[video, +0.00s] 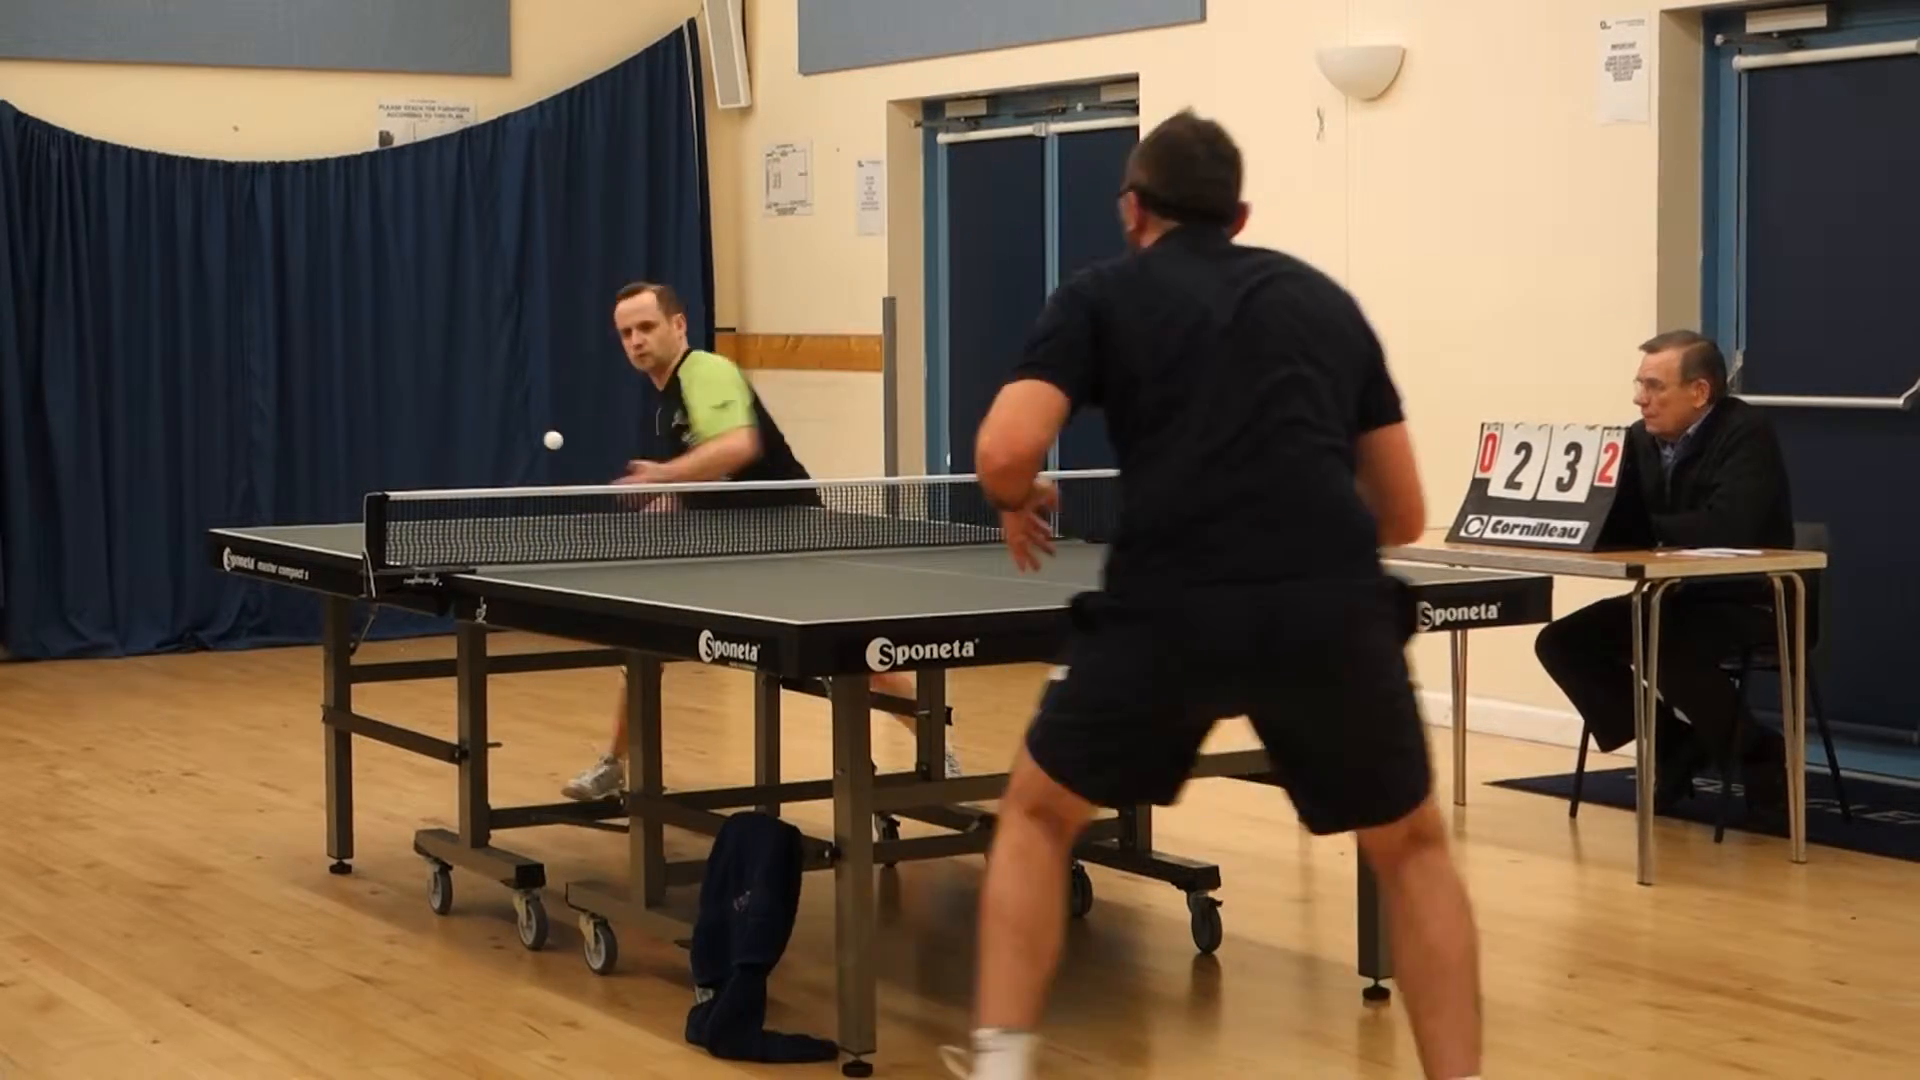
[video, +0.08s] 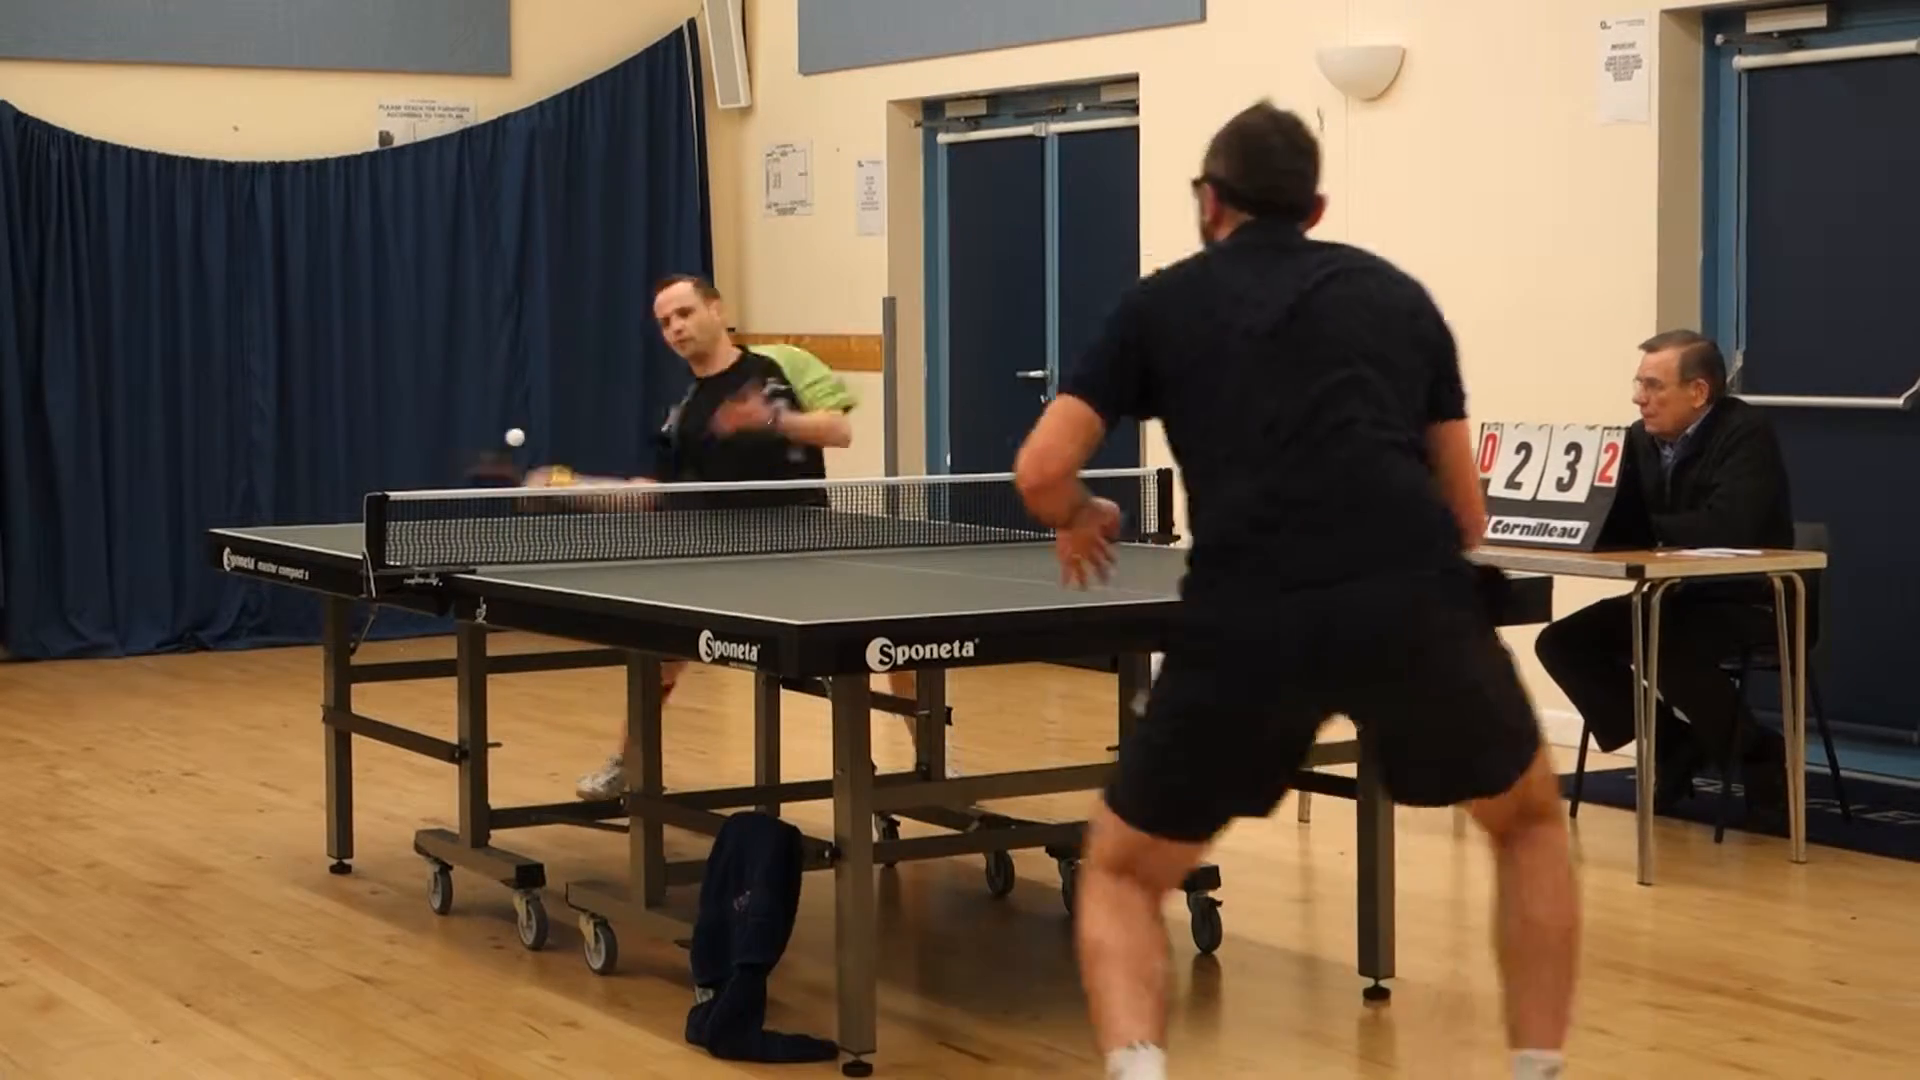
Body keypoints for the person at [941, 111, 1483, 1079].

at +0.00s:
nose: (1120, 213)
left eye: (1124, 201)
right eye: (1127, 201)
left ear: (1137, 209)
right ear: (1238, 212)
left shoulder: (1102, 296)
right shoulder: (1325, 301)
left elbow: (1004, 449)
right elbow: (1400, 513)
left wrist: (1017, 499)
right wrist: (1296, 532)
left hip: (1164, 607)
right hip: (1328, 610)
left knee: (1038, 819)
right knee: (1410, 845)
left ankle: (1000, 1062)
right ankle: (1458, 1071)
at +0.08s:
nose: (1195, 209)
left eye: (1198, 196)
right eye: (1201, 196)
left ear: (1214, 203)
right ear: (1316, 207)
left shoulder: (1164, 304)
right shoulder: (1395, 295)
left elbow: (1040, 473)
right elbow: (1464, 511)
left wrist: (1076, 517)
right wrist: (1394, 571)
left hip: (1248, 618)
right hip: (1414, 608)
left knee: (1125, 874)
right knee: (1527, 822)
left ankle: (1135, 1068)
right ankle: (1540, 1068)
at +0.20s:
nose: (1350, 245)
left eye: (1353, 228)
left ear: (1365, 239)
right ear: (1472, 248)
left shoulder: (1297, 344)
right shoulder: (1527, 359)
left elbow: (1163, 504)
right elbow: (1591, 570)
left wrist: (1227, 508)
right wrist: (1611, 641)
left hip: (1351, 699)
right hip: (1521, 689)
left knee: (1222, 974)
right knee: (1674, 838)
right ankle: (1838, 1053)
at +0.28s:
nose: (1503, 260)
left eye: (1505, 248)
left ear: (1510, 260)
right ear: (1619, 274)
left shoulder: (1425, 363)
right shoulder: (1671, 396)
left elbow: (1274, 485)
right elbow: (1769, 605)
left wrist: (1318, 532)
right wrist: (1874, 636)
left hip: (1432, 721)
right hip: (1611, 717)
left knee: (1267, 990)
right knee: (1799, 858)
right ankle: (1911, 1058)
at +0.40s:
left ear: (1743, 269)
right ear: (1857, 287)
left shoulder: (1657, 359)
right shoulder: (1885, 392)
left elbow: (1517, 478)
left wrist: (1528, 576)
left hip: (1632, 702)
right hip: (1804, 709)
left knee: (1477, 967)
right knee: (1912, 847)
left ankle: (1340, 1067)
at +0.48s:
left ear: (1854, 230)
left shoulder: (1776, 327)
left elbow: (1640, 463)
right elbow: (1640, 463)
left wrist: (1671, 566)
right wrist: (1673, 565)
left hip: (1745, 666)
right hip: (1893, 672)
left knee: (1605, 944)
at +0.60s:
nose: (1665, 395)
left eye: (1673, 380)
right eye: (1659, 380)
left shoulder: (1880, 238)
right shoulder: (1874, 239)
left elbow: (1754, 391)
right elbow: (1756, 394)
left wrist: (1837, 493)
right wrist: (1836, 493)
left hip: (1866, 593)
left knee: (1796, 864)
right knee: (1796, 863)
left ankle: (1703, 1063)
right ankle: (1704, 1061)